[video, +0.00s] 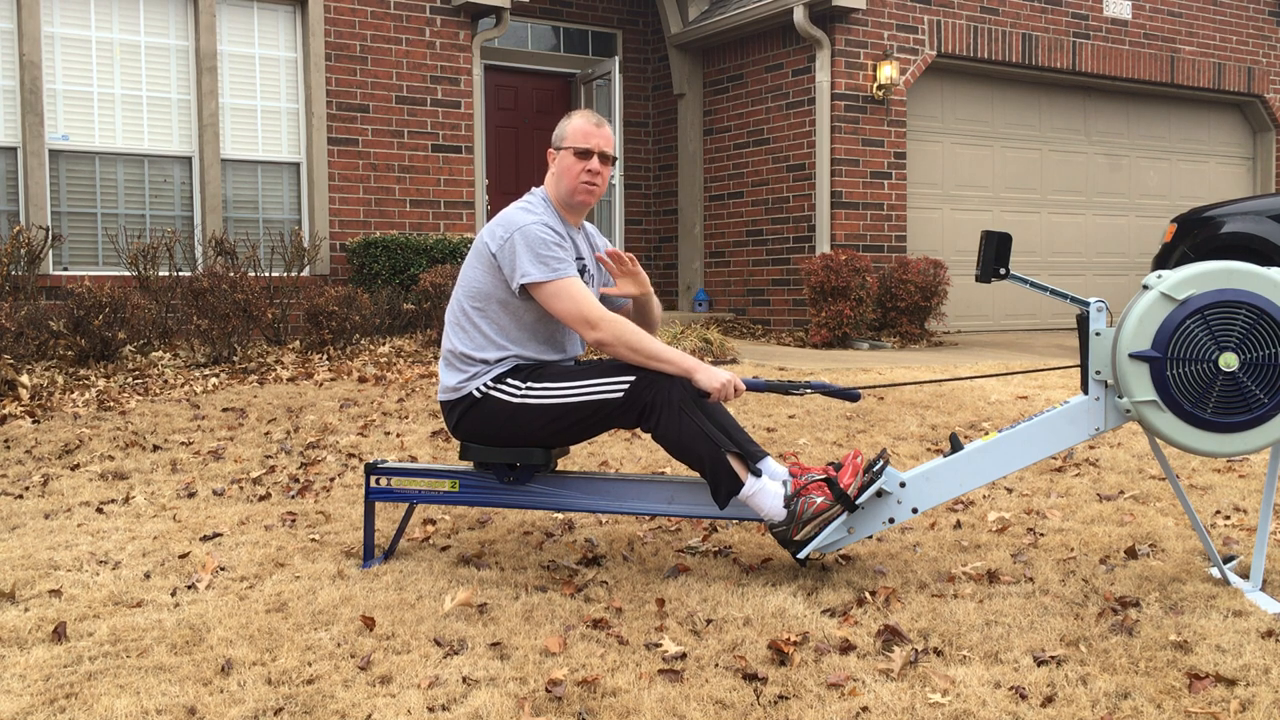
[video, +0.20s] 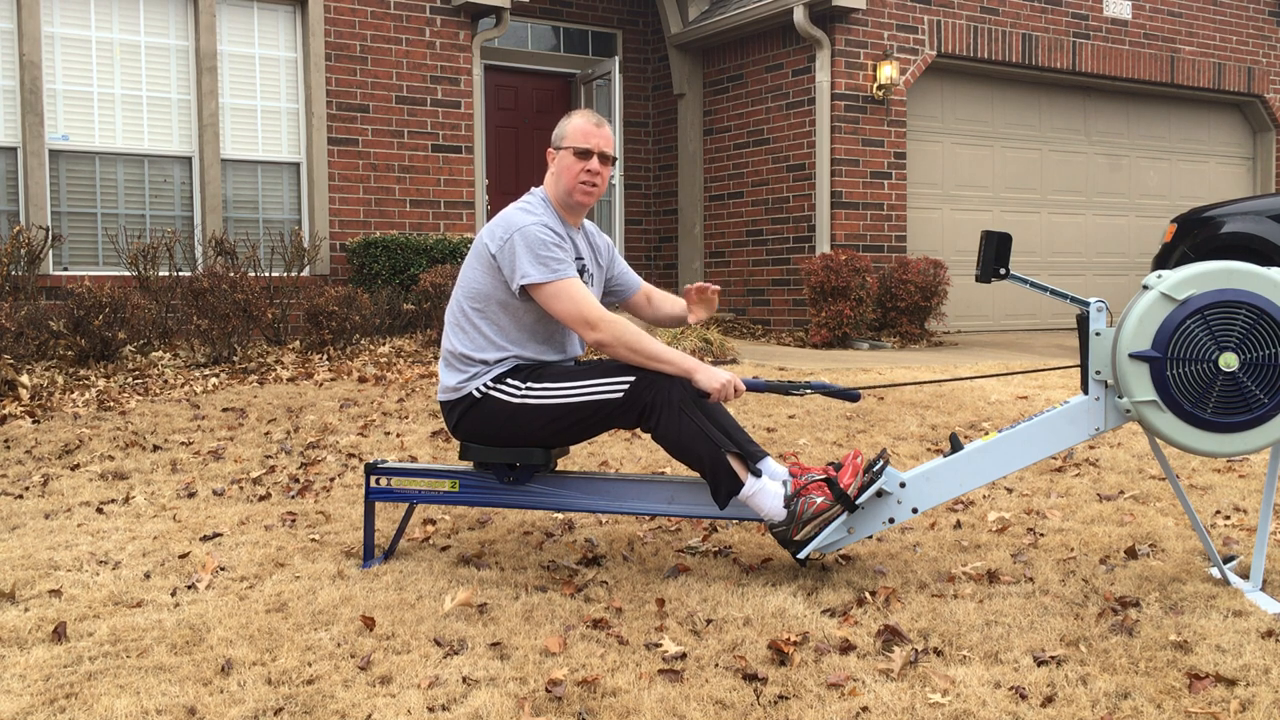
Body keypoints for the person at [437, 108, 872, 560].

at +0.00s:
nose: (595, 169)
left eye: (605, 161)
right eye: (583, 155)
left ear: (612, 172)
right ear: (551, 158)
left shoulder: (588, 238)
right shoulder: (526, 225)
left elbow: (644, 337)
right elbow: (594, 328)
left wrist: (643, 295)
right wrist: (699, 370)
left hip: (539, 376)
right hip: (486, 389)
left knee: (674, 378)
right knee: (650, 388)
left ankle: (786, 484)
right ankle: (776, 509)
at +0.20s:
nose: (595, 169)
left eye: (605, 161)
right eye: (582, 155)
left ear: (611, 171)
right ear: (551, 158)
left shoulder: (589, 237)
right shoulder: (525, 226)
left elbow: (646, 299)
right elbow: (593, 328)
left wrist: (687, 309)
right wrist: (699, 371)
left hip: (539, 377)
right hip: (487, 391)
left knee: (675, 379)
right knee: (650, 388)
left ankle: (786, 484)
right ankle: (776, 509)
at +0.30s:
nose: (594, 169)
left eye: (604, 161)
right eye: (581, 155)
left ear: (611, 172)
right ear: (550, 158)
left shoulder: (590, 237)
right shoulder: (525, 226)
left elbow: (649, 298)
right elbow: (595, 328)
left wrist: (725, 304)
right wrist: (699, 371)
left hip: (540, 377)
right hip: (487, 391)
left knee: (676, 378)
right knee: (650, 388)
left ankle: (786, 484)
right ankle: (776, 510)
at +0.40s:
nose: (593, 169)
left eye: (604, 161)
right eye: (581, 155)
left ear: (611, 171)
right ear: (550, 158)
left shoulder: (591, 238)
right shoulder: (525, 226)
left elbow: (655, 299)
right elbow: (594, 328)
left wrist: (743, 290)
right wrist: (699, 371)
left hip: (539, 377)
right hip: (487, 391)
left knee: (676, 378)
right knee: (650, 388)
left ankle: (786, 484)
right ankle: (776, 509)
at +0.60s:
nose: (593, 167)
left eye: (603, 160)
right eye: (580, 154)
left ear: (610, 172)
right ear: (549, 158)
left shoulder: (591, 237)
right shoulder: (524, 225)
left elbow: (658, 297)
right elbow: (595, 328)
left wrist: (741, 281)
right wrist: (699, 371)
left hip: (541, 376)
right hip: (487, 390)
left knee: (676, 378)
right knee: (650, 387)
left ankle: (788, 485)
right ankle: (776, 510)